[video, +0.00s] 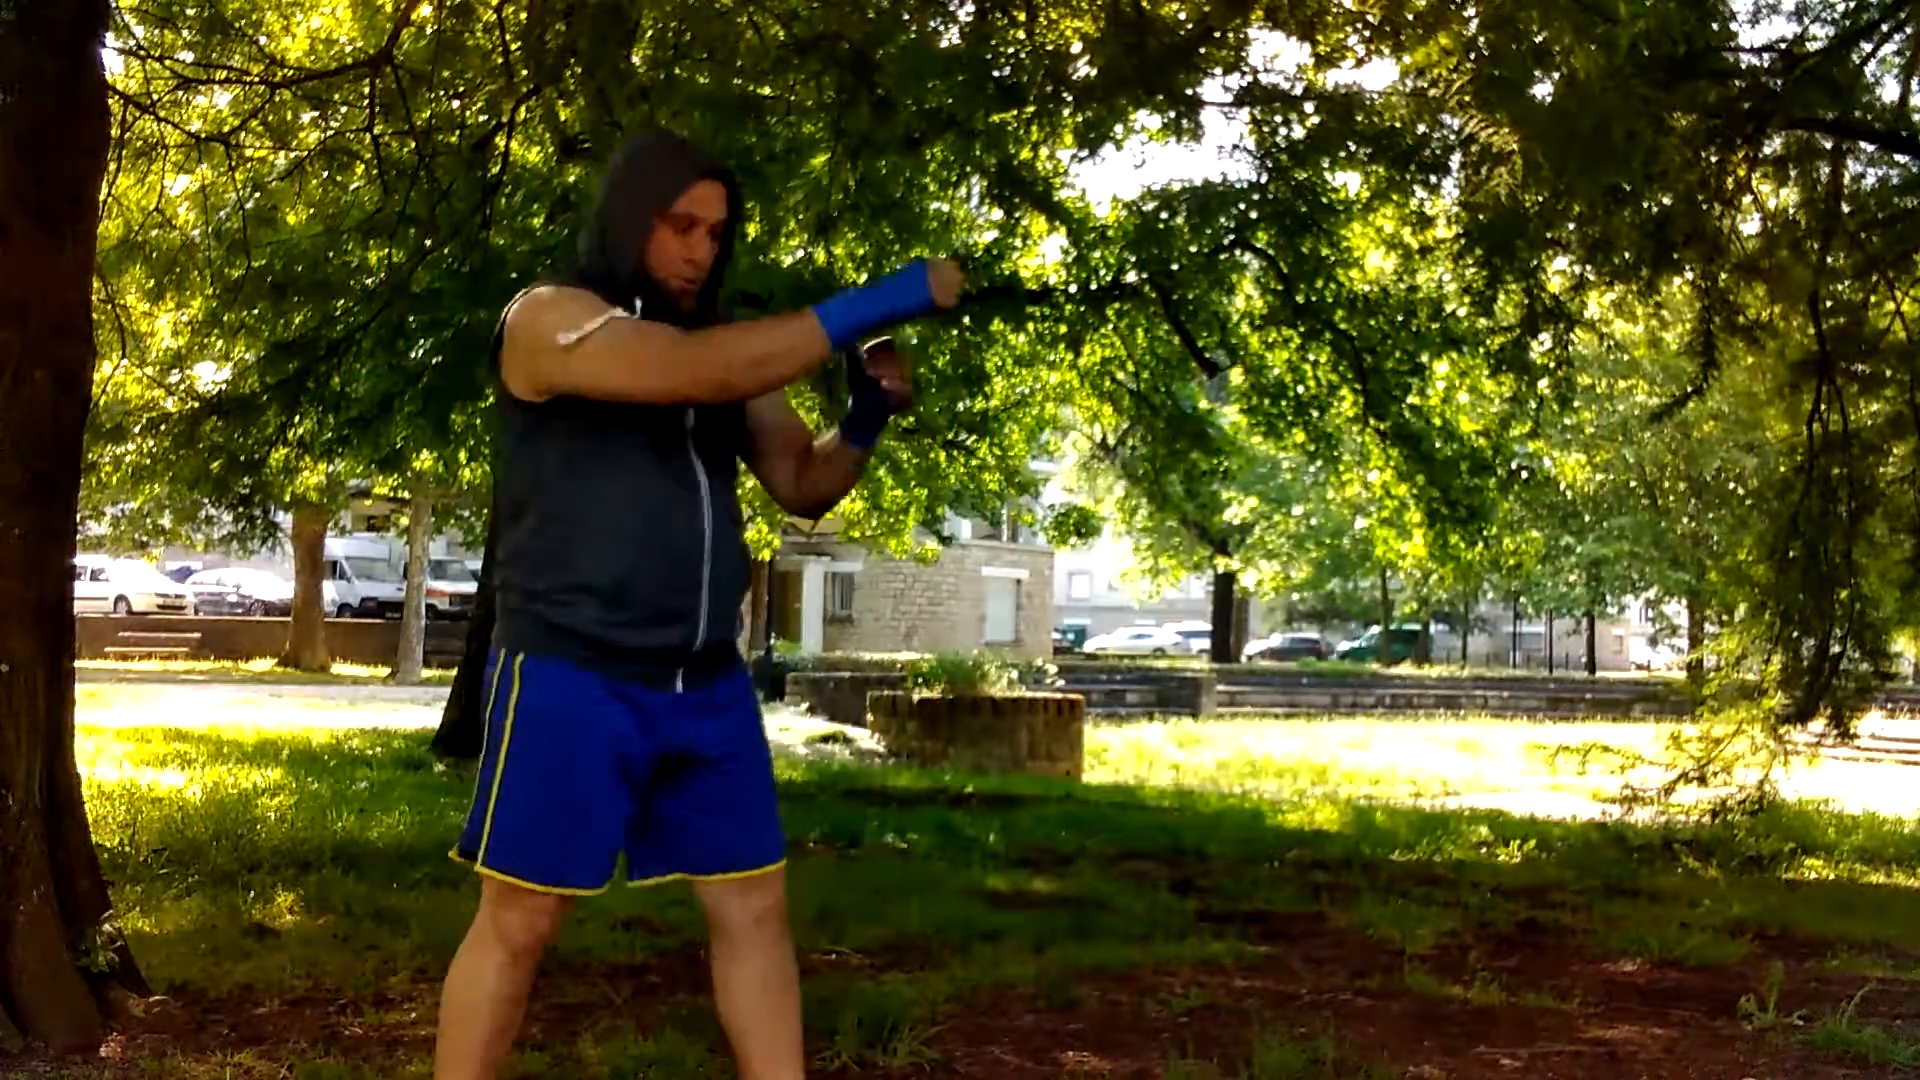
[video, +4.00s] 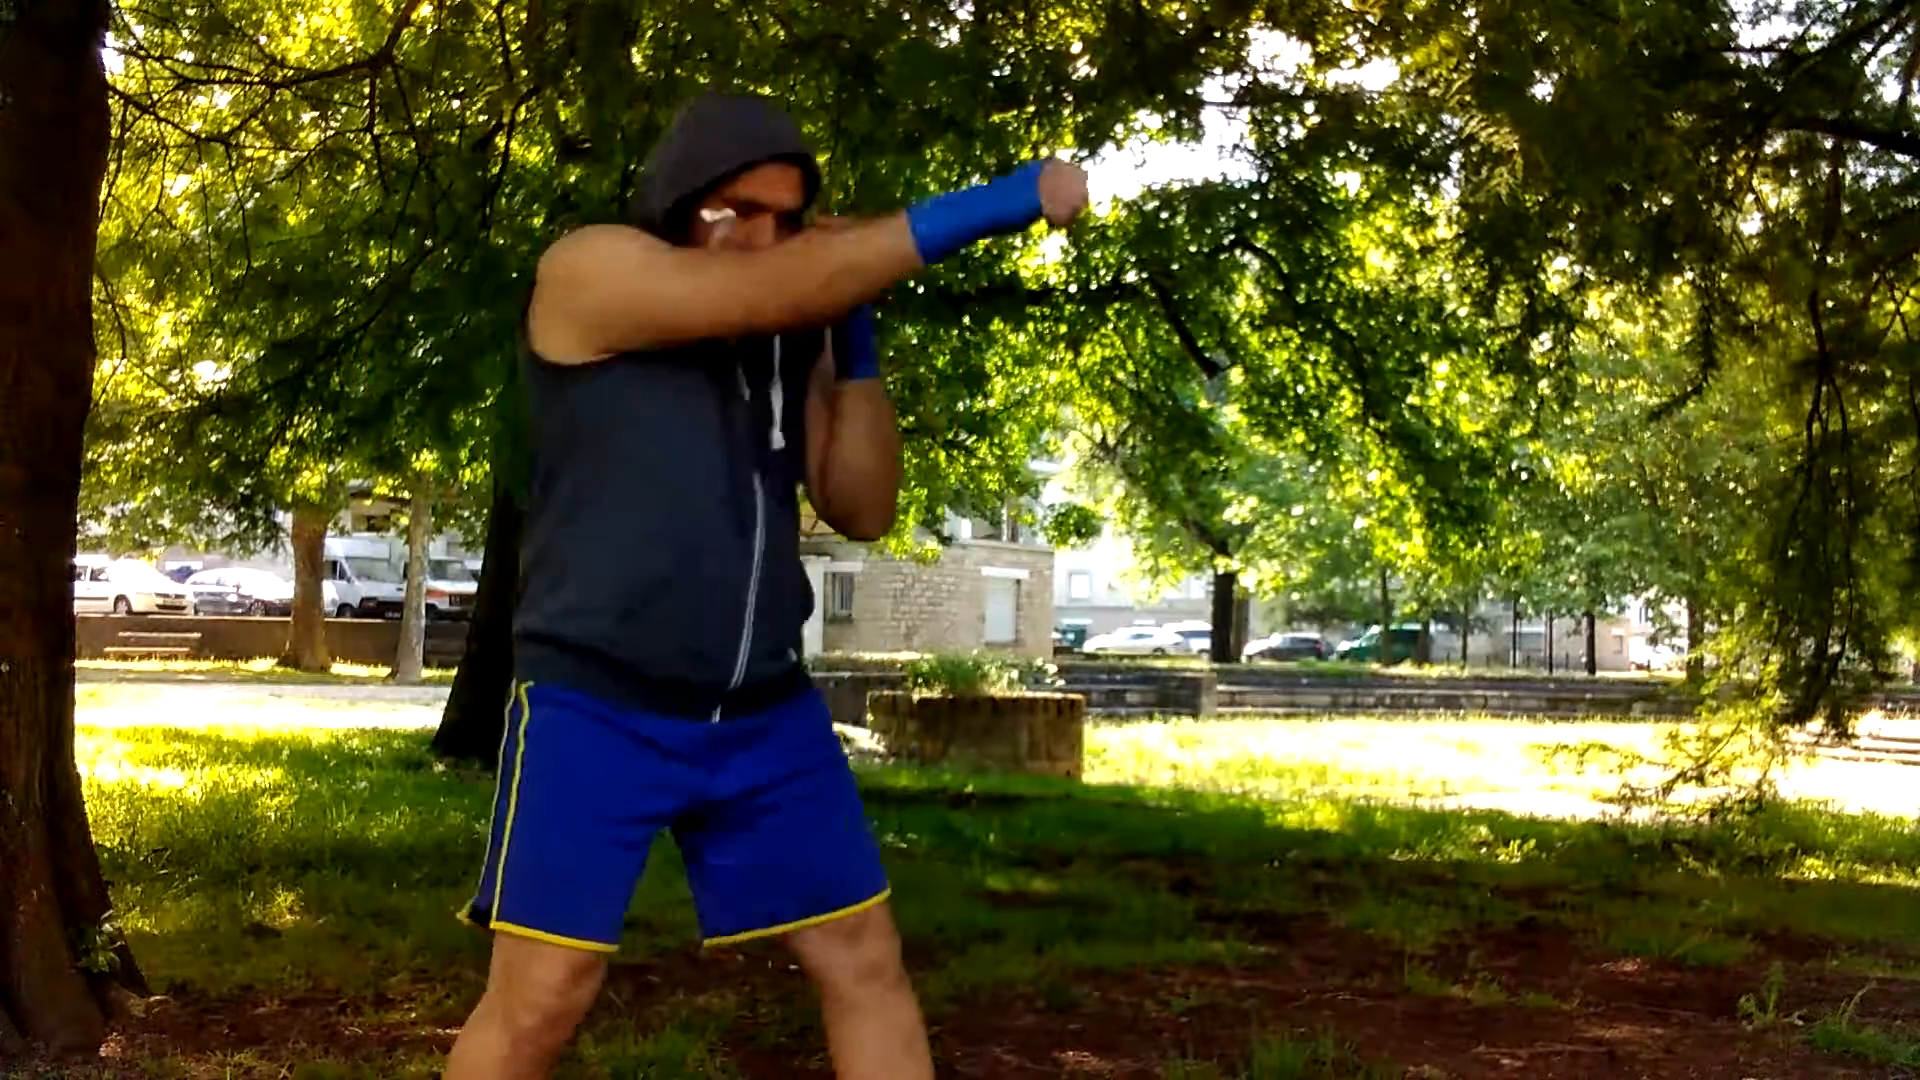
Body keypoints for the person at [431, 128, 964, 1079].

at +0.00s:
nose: (701, 249)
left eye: (715, 232)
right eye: (682, 225)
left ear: (724, 240)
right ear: (626, 218)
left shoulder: (720, 353)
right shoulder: (544, 320)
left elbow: (803, 484)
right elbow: (700, 365)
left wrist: (869, 409)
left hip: (707, 679)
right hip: (566, 671)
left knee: (752, 907)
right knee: (519, 921)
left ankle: (779, 1078)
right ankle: (460, 1075)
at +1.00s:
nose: (818, 277)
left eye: (831, 259)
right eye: (804, 248)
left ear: (837, 262)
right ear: (746, 231)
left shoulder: (796, 352)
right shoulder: (634, 305)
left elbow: (876, 498)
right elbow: (739, 424)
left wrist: (910, 363)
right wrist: (836, 306)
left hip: (750, 677)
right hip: (611, 675)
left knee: (845, 880)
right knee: (563, 943)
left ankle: (837, 1074)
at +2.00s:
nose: (813, 236)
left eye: (832, 217)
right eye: (793, 205)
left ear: (844, 230)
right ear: (731, 196)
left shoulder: (847, 333)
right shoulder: (620, 316)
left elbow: (927, 527)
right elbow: (633, 510)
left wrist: (953, 391)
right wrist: (804, 436)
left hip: (815, 705)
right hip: (644, 707)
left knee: (925, 935)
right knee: (563, 986)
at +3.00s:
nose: (912, 228)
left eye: (928, 208)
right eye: (890, 196)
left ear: (936, 223)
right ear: (824, 190)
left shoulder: (900, 340)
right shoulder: (695, 288)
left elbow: (940, 544)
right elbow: (714, 484)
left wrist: (999, 396)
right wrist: (894, 374)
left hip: (831, 706)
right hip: (662, 705)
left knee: (930, 953)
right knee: (566, 992)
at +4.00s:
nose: (774, 241)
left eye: (791, 221)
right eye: (750, 213)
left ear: (805, 223)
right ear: (686, 209)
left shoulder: (794, 328)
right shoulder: (586, 271)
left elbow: (862, 511)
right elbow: (785, 287)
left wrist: (856, 318)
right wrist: (998, 200)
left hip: (766, 708)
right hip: (594, 705)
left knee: (864, 957)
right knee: (540, 996)